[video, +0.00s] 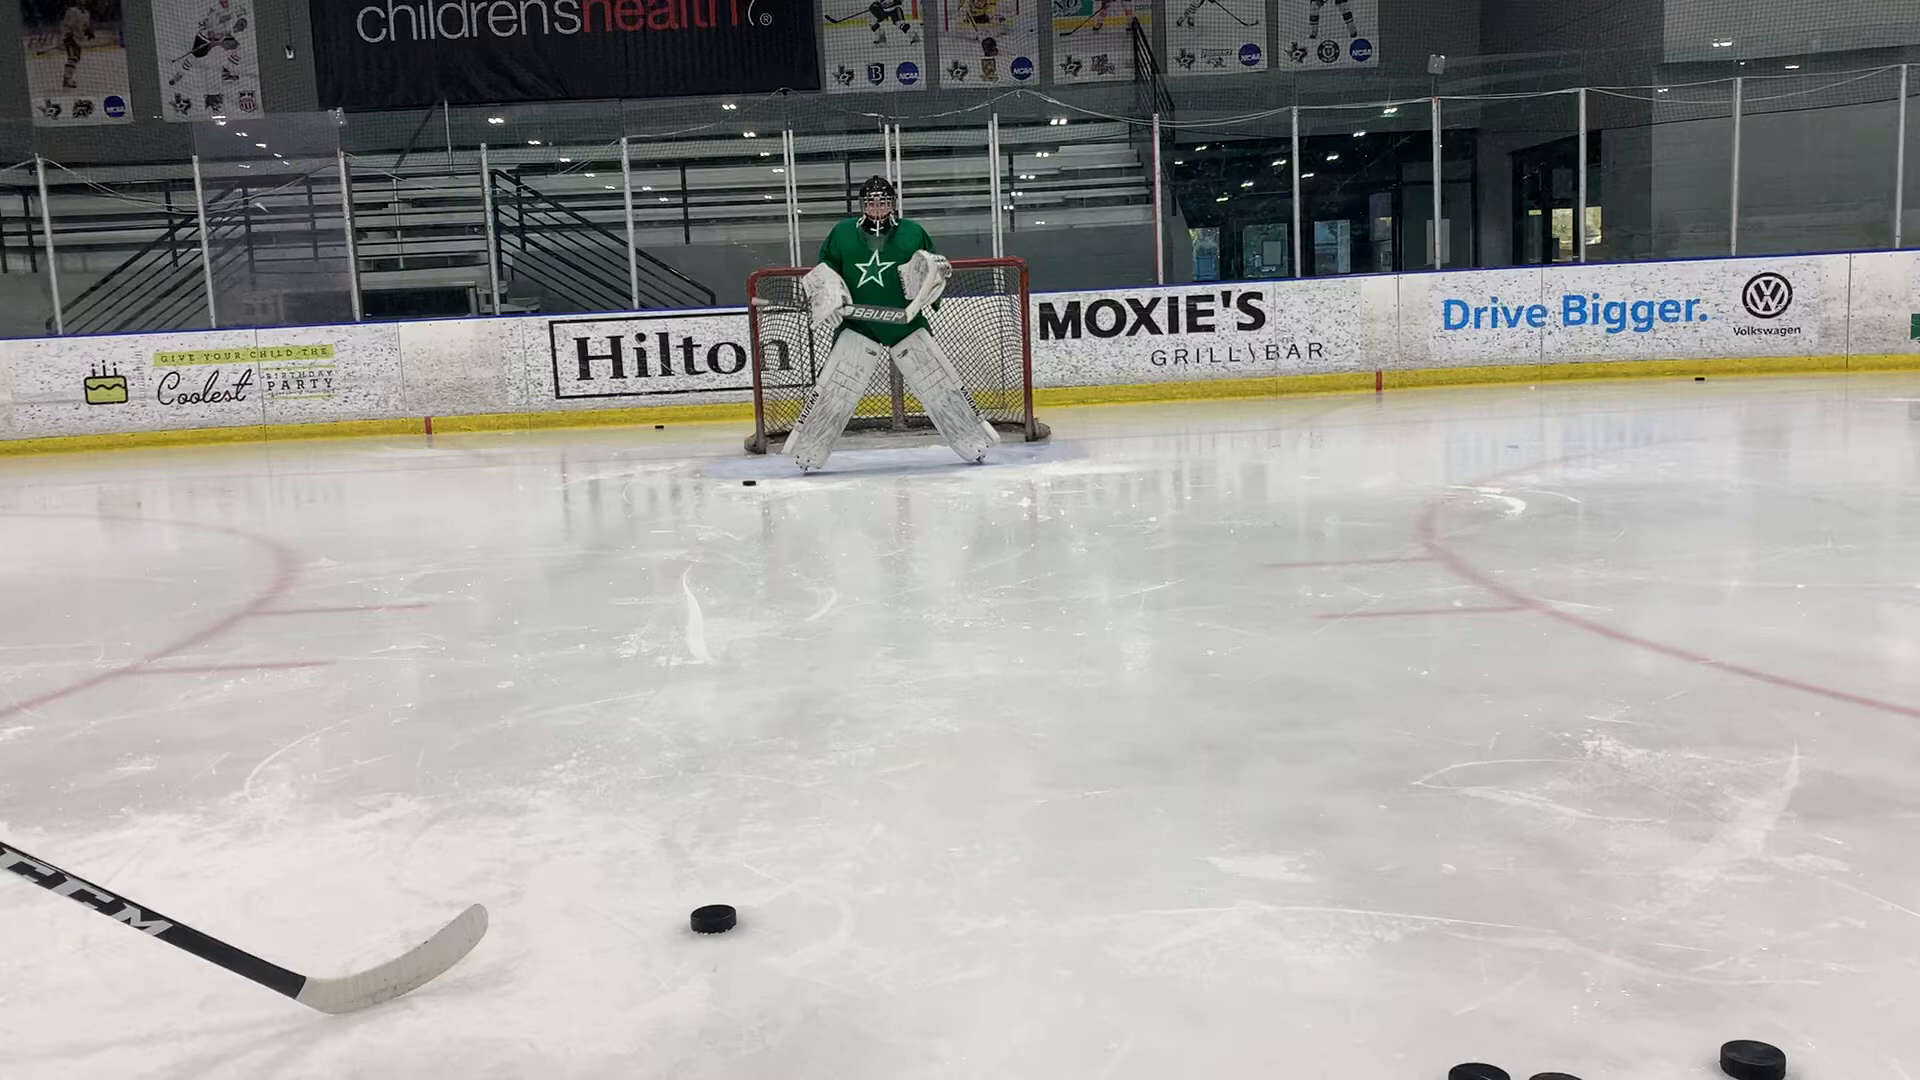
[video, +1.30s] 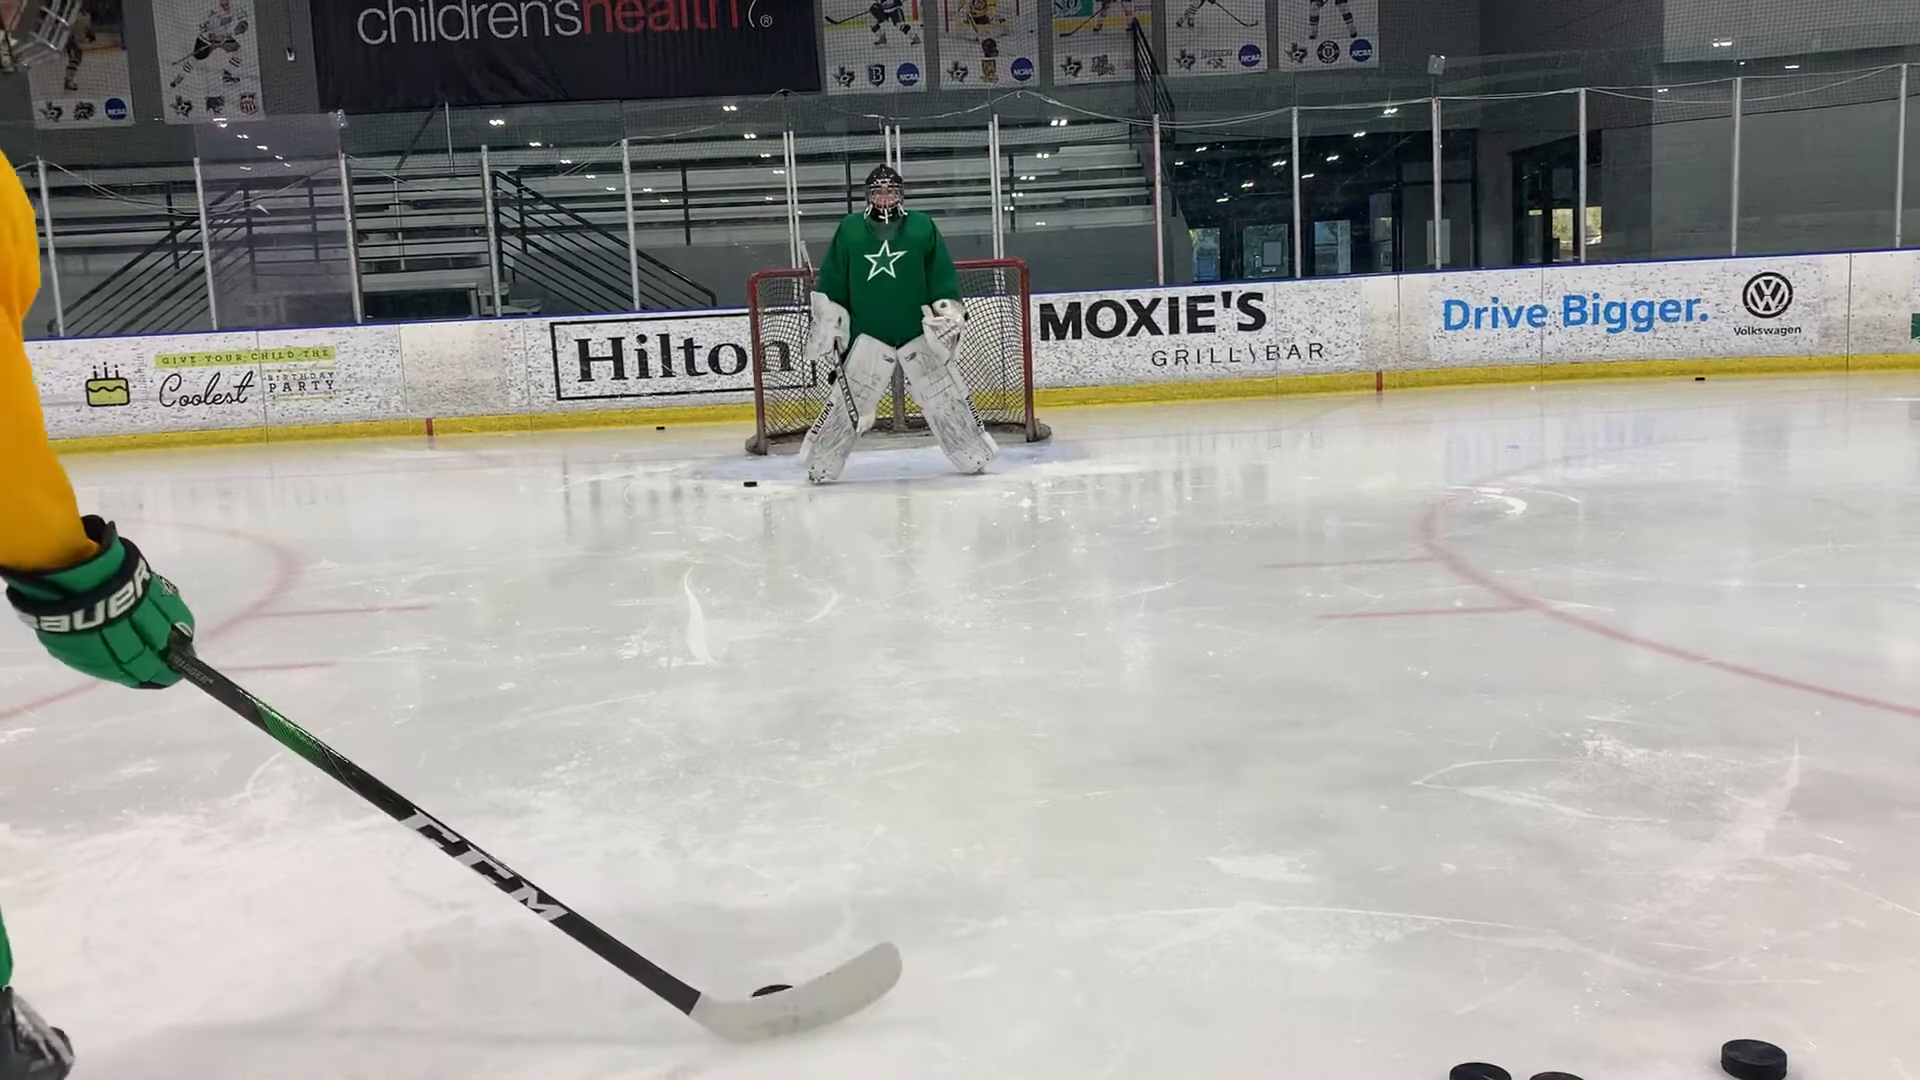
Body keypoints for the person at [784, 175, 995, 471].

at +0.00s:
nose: (877, 207)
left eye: (882, 201)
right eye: (872, 201)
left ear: (893, 204)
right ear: (862, 204)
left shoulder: (912, 233)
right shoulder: (843, 234)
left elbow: (935, 279)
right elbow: (823, 273)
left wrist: (930, 272)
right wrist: (829, 294)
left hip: (907, 326)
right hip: (859, 327)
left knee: (941, 386)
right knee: (834, 391)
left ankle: (973, 445)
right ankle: (810, 454)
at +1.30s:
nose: (884, 197)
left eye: (890, 191)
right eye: (878, 191)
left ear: (900, 194)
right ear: (868, 195)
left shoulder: (922, 227)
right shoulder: (851, 229)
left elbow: (942, 276)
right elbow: (832, 283)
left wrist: (949, 317)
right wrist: (827, 331)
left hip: (918, 330)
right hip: (868, 333)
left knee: (945, 396)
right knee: (849, 403)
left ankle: (973, 458)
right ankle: (823, 467)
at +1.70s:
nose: (888, 199)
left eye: (894, 193)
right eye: (882, 193)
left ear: (904, 195)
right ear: (872, 196)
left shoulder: (924, 228)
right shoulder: (852, 229)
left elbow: (943, 278)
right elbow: (830, 281)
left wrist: (961, 280)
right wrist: (826, 324)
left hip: (921, 328)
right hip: (869, 332)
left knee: (952, 392)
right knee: (844, 400)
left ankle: (980, 456)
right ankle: (817, 467)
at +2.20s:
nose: (896, 285)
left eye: (902, 278)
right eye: (890, 279)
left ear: (912, 279)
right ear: (881, 280)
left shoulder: (928, 301)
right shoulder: (861, 305)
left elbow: (960, 350)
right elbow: (836, 341)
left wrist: (948, 320)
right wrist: (831, 380)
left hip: (927, 374)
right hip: (880, 380)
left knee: (964, 414)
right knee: (855, 426)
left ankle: (1009, 457)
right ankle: (813, 468)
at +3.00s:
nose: (900, 302)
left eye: (906, 296)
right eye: (894, 296)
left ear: (916, 296)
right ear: (883, 296)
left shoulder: (934, 315)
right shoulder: (863, 318)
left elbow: (962, 371)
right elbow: (835, 352)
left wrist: (952, 346)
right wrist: (833, 388)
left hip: (930, 388)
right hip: (882, 391)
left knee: (964, 418)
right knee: (855, 430)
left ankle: (1009, 454)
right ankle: (814, 467)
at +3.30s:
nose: (901, 305)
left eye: (906, 298)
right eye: (895, 298)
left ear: (917, 297)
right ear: (885, 298)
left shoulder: (935, 316)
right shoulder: (864, 318)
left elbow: (964, 374)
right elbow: (836, 353)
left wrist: (955, 349)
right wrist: (833, 391)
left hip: (932, 390)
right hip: (882, 394)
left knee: (965, 418)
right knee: (854, 431)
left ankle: (1009, 453)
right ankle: (815, 467)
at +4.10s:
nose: (914, 299)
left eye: (918, 293)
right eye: (907, 293)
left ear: (925, 292)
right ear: (893, 294)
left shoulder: (941, 319)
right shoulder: (869, 322)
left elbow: (964, 365)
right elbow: (840, 372)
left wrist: (983, 389)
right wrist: (858, 394)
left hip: (945, 424)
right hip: (889, 427)